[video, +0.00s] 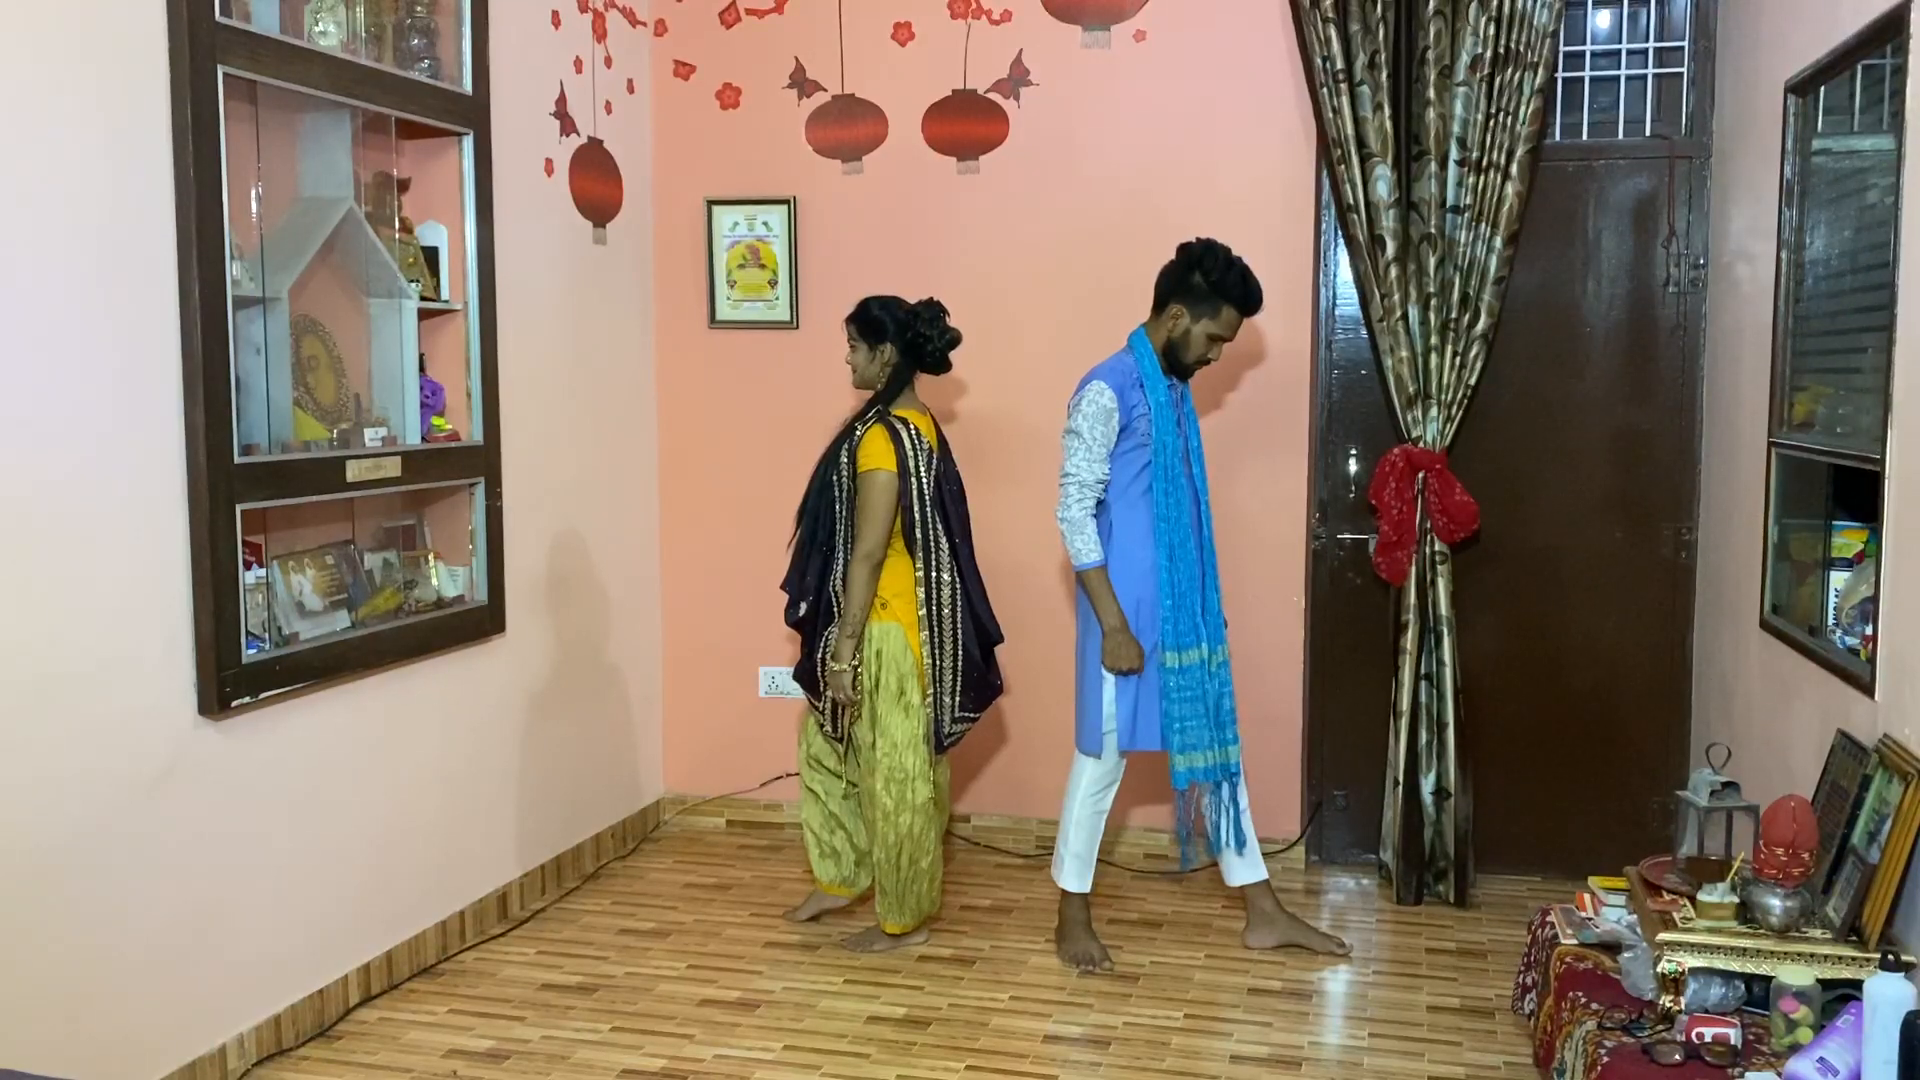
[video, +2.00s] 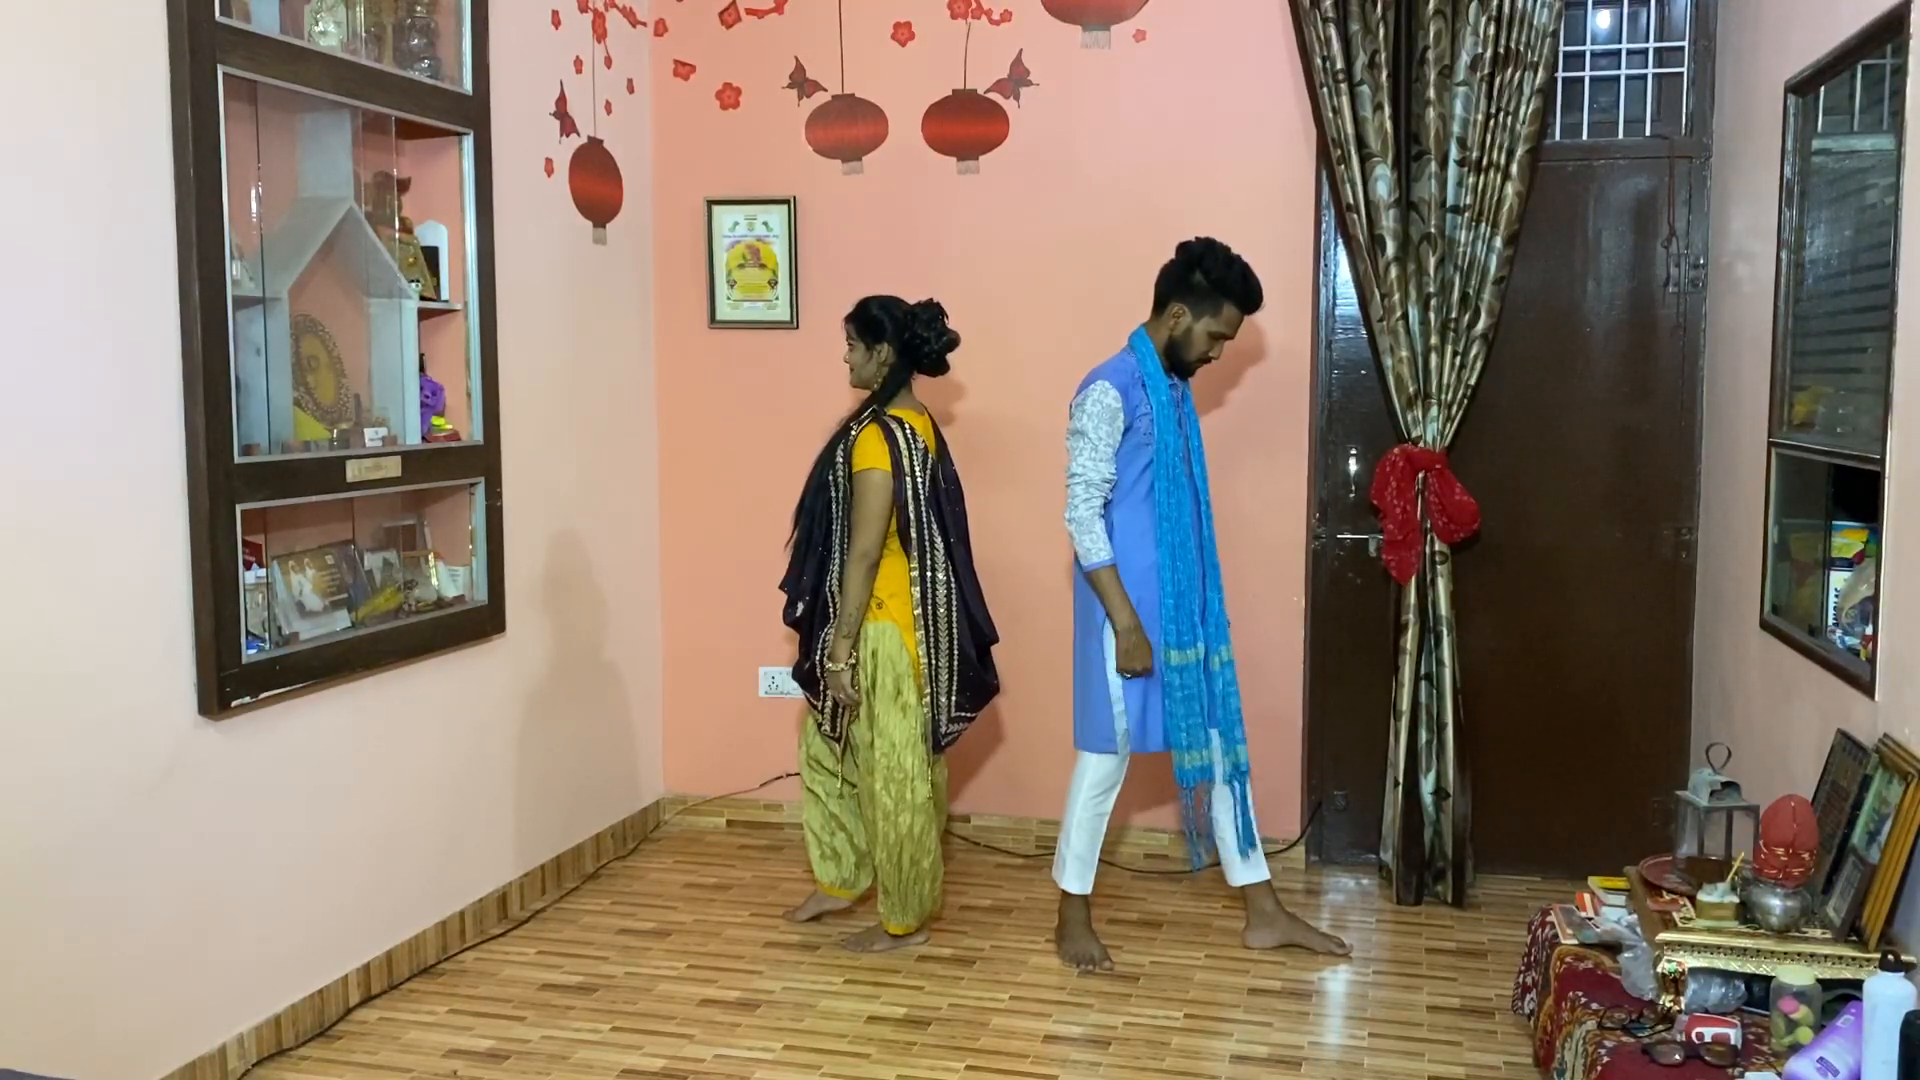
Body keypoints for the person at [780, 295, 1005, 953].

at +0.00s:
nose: (847, 359)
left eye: (856, 348)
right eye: (848, 347)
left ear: (888, 354)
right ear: (896, 355)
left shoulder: (883, 435)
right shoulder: (914, 425)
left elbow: (870, 551)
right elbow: (880, 547)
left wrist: (844, 647)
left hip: (888, 628)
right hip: (883, 619)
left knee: (896, 773)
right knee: (827, 749)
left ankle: (904, 914)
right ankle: (841, 875)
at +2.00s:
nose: (845, 358)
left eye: (854, 347)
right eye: (847, 346)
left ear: (885, 354)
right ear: (895, 354)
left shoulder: (879, 435)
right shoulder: (915, 425)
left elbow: (866, 549)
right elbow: (885, 546)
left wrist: (840, 646)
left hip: (881, 628)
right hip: (886, 619)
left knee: (895, 775)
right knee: (827, 752)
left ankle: (905, 918)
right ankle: (841, 879)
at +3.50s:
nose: (760, 429)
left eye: (768, 420)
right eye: (765, 419)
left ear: (792, 431)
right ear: (806, 432)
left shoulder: (792, 496)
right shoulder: (828, 488)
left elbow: (731, 570)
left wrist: (644, 614)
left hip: (834, 679)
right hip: (835, 671)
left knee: (834, 806)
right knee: (743, 758)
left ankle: (921, 911)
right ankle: (787, 891)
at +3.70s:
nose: (746, 370)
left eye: (758, 363)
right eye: (749, 360)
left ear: (792, 378)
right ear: (777, 380)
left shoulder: (816, 451)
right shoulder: (763, 453)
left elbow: (865, 547)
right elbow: (767, 561)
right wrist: (752, 643)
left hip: (832, 634)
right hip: (778, 637)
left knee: (845, 767)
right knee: (744, 760)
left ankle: (916, 907)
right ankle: (791, 885)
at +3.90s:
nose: (812, 344)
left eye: (815, 335)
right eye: (798, 335)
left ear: (820, 342)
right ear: (758, 344)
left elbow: (924, 456)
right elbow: (654, 486)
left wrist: (993, 466)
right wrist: (595, 478)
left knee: (895, 746)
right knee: (751, 760)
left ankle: (926, 883)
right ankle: (725, 890)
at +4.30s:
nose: (847, 351)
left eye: (843, 340)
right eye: (834, 342)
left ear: (835, 354)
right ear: (800, 357)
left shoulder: (848, 416)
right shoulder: (783, 410)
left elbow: (881, 377)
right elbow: (811, 375)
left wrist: (896, 363)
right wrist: (870, 373)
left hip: (869, 603)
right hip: (797, 606)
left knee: (905, 747)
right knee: (770, 751)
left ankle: (930, 891)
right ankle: (718, 885)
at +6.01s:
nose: (890, 375)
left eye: (888, 363)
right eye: (877, 365)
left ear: (863, 376)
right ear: (841, 380)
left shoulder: (896, 437)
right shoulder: (810, 455)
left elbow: (910, 537)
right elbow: (848, 530)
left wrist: (919, 622)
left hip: (905, 629)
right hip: (834, 636)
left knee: (963, 761)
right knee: (828, 778)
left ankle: (963, 896)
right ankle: (800, 910)